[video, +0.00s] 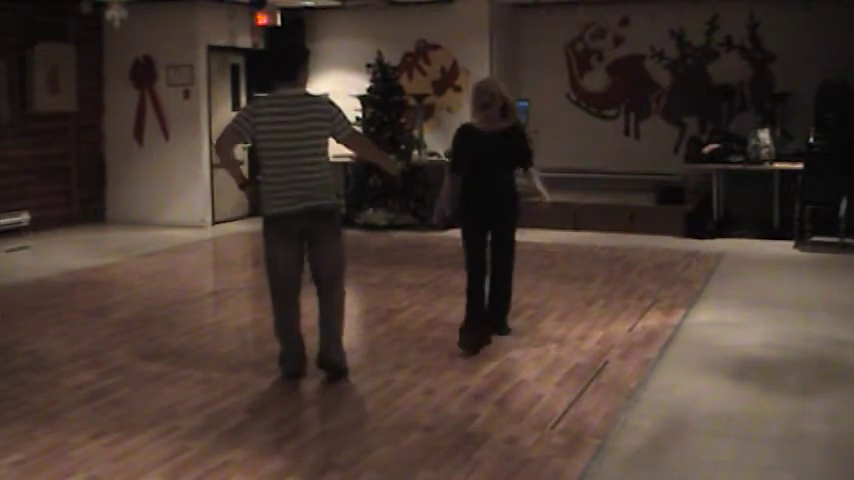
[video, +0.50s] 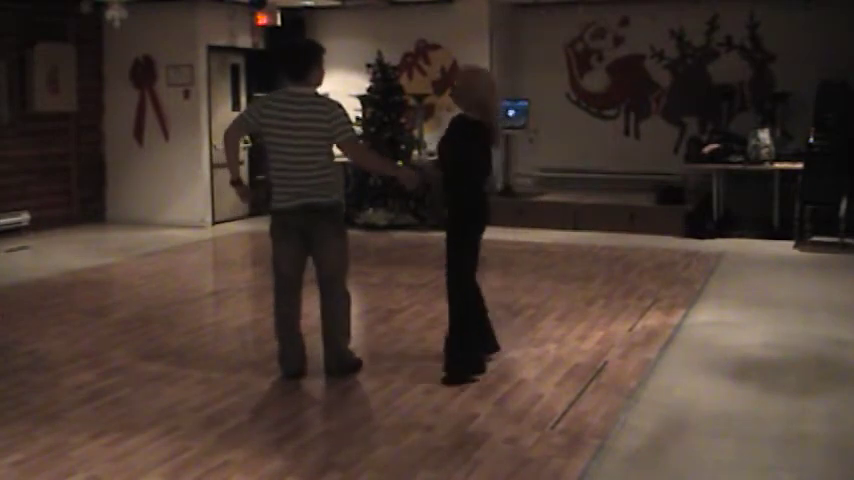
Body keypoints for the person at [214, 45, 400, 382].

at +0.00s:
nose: (307, 70)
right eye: (305, 64)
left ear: (271, 70)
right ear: (303, 69)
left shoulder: (257, 109)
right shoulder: (320, 105)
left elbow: (223, 145)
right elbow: (355, 142)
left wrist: (242, 182)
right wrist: (388, 163)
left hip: (279, 211)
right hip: (322, 208)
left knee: (284, 289)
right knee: (330, 283)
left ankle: (292, 363)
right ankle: (333, 360)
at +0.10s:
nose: (312, 72)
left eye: (309, 65)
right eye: (309, 66)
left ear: (274, 70)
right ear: (304, 70)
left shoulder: (259, 106)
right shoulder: (322, 106)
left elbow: (225, 143)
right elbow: (358, 145)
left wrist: (246, 179)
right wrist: (392, 165)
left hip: (279, 212)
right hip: (323, 208)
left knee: (285, 290)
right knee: (332, 284)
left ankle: (292, 362)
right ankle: (336, 359)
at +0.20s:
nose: (316, 72)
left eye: (314, 65)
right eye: (314, 65)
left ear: (279, 69)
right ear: (306, 69)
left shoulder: (260, 106)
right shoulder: (324, 107)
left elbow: (227, 141)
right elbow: (359, 147)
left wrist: (240, 181)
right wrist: (397, 171)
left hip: (280, 212)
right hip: (324, 209)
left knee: (286, 290)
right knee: (333, 285)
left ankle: (292, 362)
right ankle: (338, 358)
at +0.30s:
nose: (319, 73)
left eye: (317, 66)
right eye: (317, 66)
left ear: (280, 69)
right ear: (310, 69)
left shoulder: (262, 106)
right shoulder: (324, 106)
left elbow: (228, 140)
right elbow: (360, 148)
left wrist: (234, 182)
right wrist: (398, 172)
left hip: (281, 210)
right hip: (324, 208)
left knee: (286, 289)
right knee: (333, 285)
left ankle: (291, 362)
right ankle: (337, 358)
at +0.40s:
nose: (322, 72)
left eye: (320, 66)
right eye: (319, 66)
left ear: (284, 69)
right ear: (311, 69)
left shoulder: (263, 106)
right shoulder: (325, 107)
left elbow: (230, 138)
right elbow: (360, 150)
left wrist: (236, 181)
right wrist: (400, 172)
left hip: (282, 211)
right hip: (324, 210)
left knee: (286, 289)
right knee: (333, 285)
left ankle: (291, 363)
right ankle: (337, 358)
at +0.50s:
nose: (324, 71)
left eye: (322, 65)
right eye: (321, 65)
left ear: (286, 68)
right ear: (313, 68)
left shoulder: (266, 105)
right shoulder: (327, 108)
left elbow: (231, 135)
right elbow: (357, 154)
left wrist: (236, 179)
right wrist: (399, 171)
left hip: (284, 212)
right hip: (326, 211)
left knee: (286, 290)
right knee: (333, 286)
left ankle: (291, 363)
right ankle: (337, 358)